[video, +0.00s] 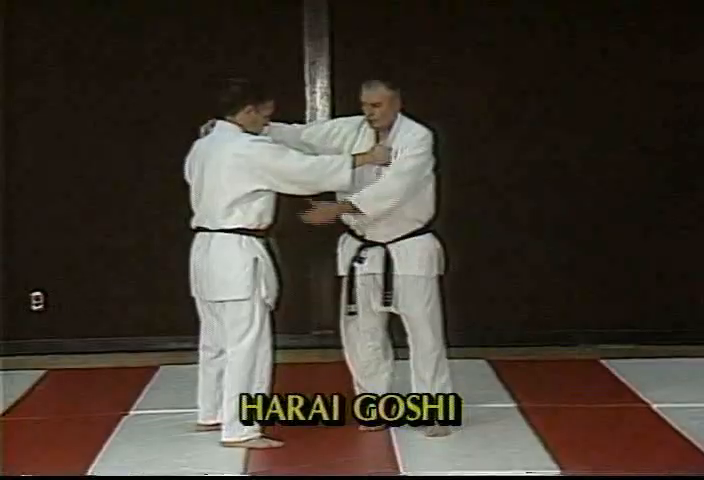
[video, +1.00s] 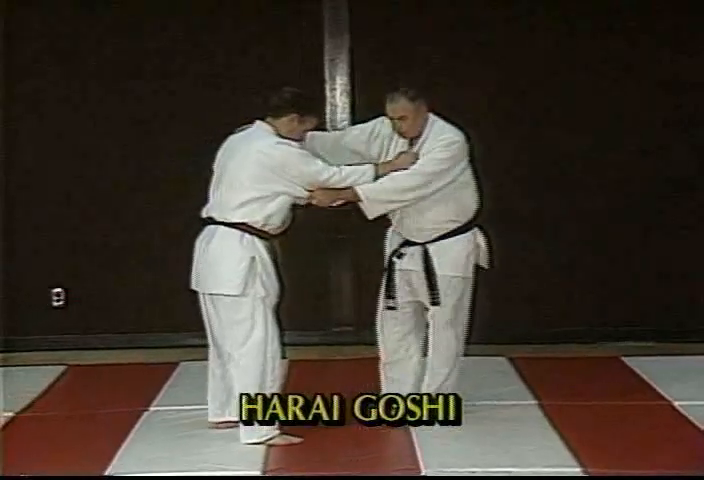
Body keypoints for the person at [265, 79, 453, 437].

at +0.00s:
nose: (370, 113)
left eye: (377, 106)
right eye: (366, 107)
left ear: (397, 104)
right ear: (361, 106)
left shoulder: (416, 138)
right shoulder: (351, 131)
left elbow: (393, 189)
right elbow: (302, 135)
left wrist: (339, 209)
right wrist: (245, 127)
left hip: (409, 247)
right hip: (361, 246)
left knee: (423, 332)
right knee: (361, 330)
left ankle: (435, 411)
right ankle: (373, 406)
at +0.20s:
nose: (374, 112)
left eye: (381, 106)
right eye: (369, 106)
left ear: (400, 104)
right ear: (365, 105)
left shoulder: (418, 138)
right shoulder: (354, 129)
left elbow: (387, 180)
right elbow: (305, 136)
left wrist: (326, 196)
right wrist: (242, 131)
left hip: (412, 246)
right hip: (363, 246)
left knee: (424, 331)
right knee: (364, 330)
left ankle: (437, 409)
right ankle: (374, 405)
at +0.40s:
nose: (379, 111)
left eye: (386, 104)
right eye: (375, 104)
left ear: (406, 103)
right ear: (370, 105)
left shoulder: (423, 138)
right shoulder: (360, 127)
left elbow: (389, 178)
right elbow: (314, 135)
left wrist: (327, 190)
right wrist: (264, 132)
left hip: (415, 246)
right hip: (367, 246)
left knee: (428, 330)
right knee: (368, 330)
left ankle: (439, 409)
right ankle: (377, 405)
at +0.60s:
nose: (388, 113)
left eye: (395, 106)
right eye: (384, 106)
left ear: (417, 104)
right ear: (381, 104)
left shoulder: (434, 139)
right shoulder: (369, 127)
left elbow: (399, 175)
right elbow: (325, 140)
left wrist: (334, 185)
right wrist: (275, 139)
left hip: (425, 245)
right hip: (375, 244)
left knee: (431, 329)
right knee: (374, 329)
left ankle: (435, 406)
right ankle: (386, 404)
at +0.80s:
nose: (394, 116)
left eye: (401, 109)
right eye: (390, 109)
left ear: (422, 105)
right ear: (385, 107)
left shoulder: (443, 139)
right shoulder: (377, 129)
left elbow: (407, 175)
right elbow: (331, 142)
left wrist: (341, 187)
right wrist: (281, 139)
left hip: (439, 245)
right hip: (389, 243)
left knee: (434, 332)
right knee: (384, 330)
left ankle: (428, 409)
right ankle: (393, 406)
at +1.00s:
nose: (397, 128)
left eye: (403, 120)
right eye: (393, 121)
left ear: (423, 112)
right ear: (388, 117)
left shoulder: (449, 142)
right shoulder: (384, 132)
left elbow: (413, 183)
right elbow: (338, 142)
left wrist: (349, 194)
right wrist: (289, 140)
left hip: (449, 244)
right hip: (402, 242)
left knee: (444, 330)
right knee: (396, 328)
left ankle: (436, 411)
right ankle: (396, 408)